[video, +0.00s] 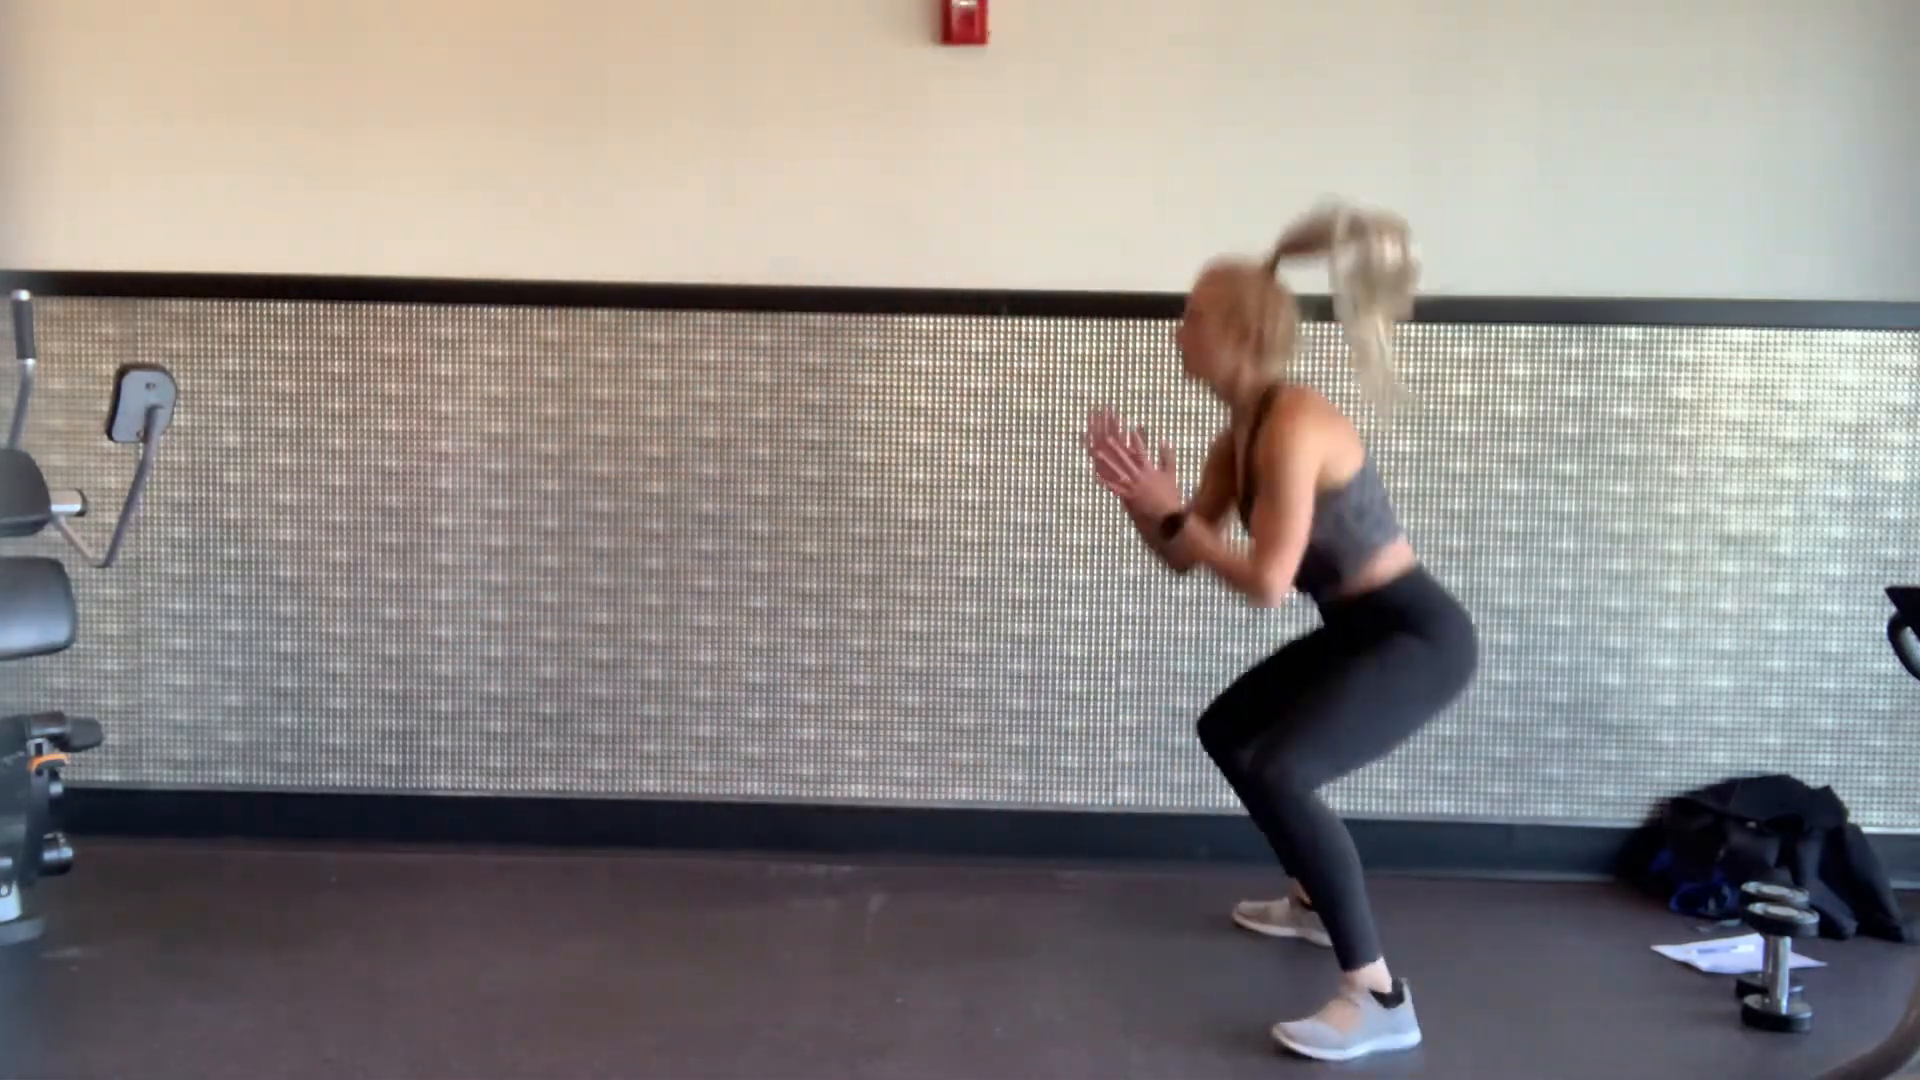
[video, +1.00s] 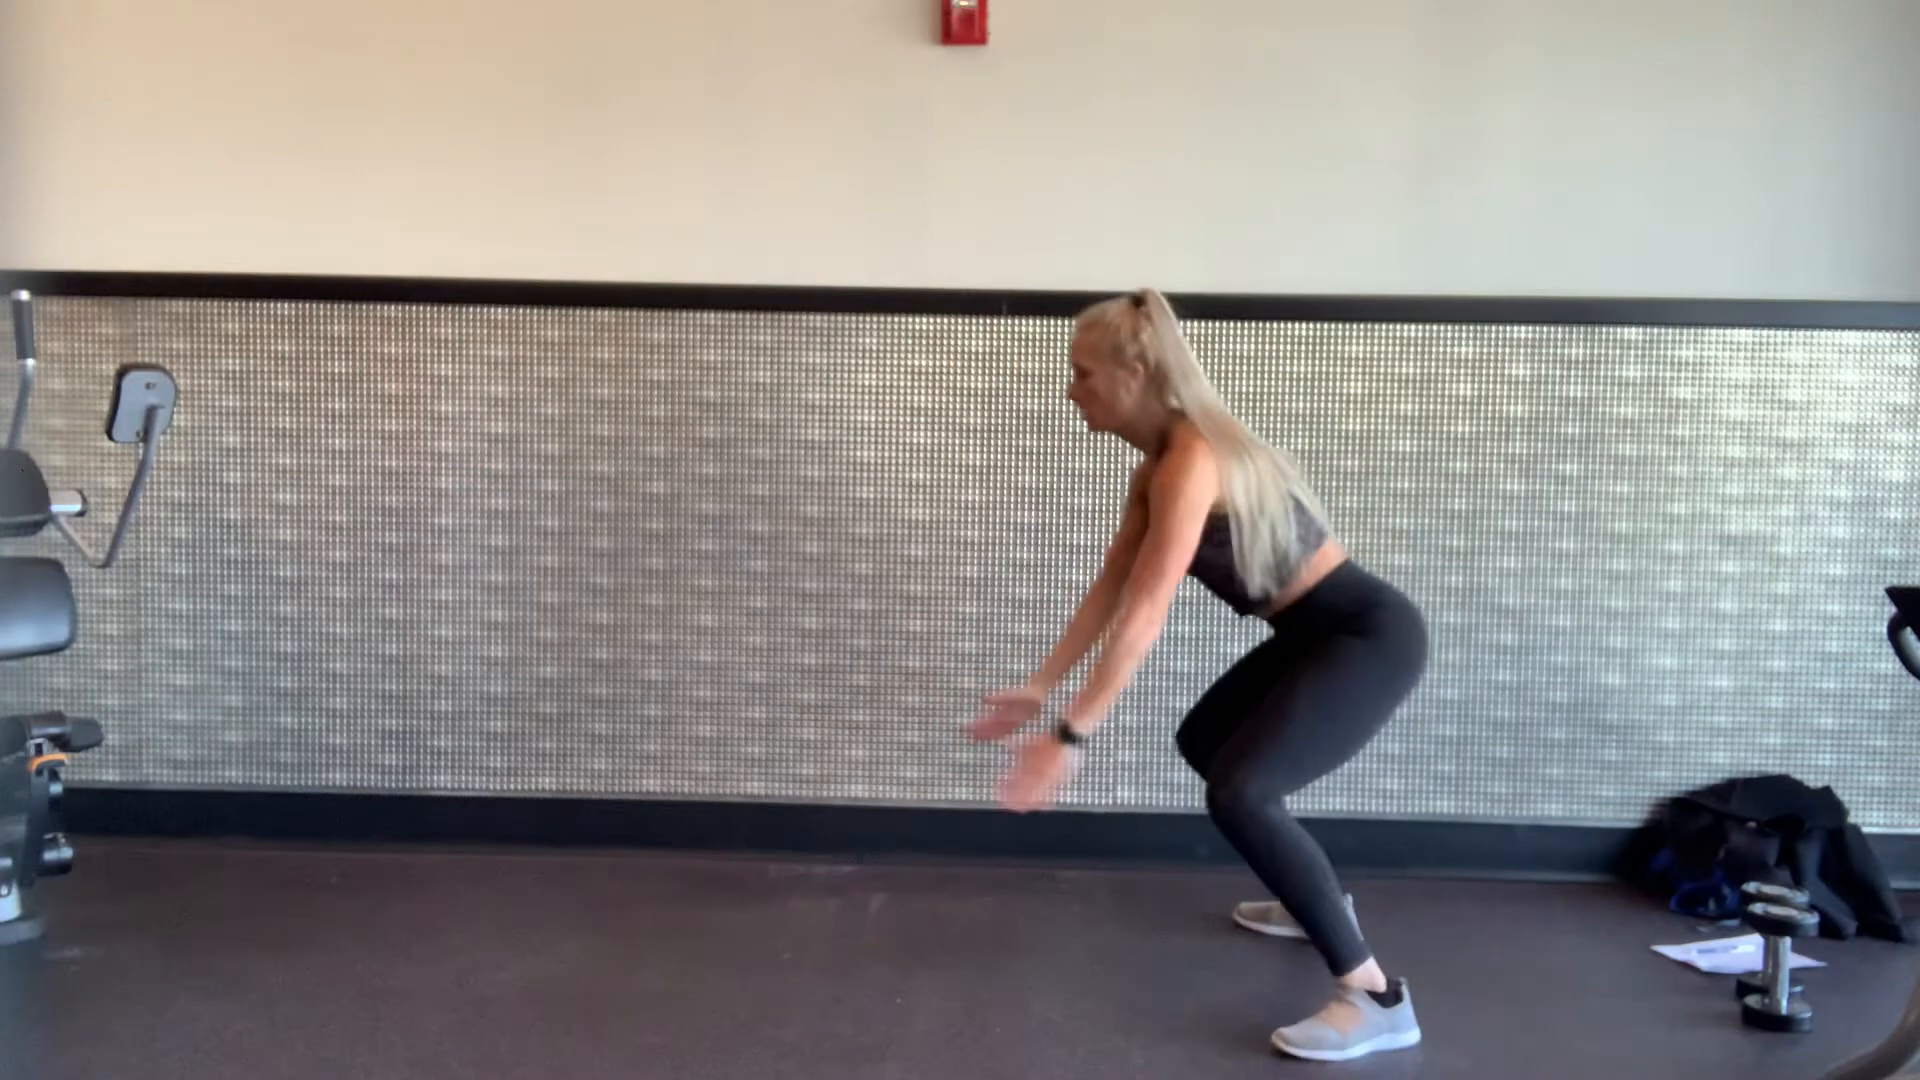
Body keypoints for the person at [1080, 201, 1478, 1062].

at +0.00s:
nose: (1177, 328)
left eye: (1190, 314)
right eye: (1182, 313)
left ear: (1236, 335)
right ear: (1238, 335)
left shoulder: (1293, 426)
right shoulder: (1240, 435)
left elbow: (1266, 582)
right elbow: (1184, 553)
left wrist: (1177, 516)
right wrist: (1139, 499)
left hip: (1420, 637)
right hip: (1362, 631)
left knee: (1278, 769)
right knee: (1229, 729)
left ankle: (1375, 990)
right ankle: (1318, 901)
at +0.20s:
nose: (1171, 469)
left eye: (1186, 459)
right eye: (1176, 456)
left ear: (1233, 480)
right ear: (1235, 481)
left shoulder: (1286, 547)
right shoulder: (1246, 554)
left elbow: (1206, 694)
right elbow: (1185, 669)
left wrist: (1148, 593)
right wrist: (1146, 586)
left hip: (1455, 732)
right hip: (1395, 715)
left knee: (1286, 776)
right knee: (1239, 733)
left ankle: (1378, 996)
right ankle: (1315, 903)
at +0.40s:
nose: (1172, 445)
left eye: (1185, 433)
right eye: (1175, 430)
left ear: (1237, 444)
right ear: (1238, 446)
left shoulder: (1285, 525)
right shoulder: (1248, 523)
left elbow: (1213, 668)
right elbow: (1190, 636)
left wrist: (1149, 571)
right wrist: (1148, 565)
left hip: (1451, 708)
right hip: (1394, 690)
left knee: (1285, 774)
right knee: (1239, 727)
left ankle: (1378, 997)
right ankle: (1319, 903)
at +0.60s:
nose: (1157, 408)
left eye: (1168, 392)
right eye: (1158, 392)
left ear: (1220, 397)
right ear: (1225, 399)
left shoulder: (1273, 482)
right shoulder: (1240, 476)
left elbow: (1179, 612)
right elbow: (1165, 582)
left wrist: (1119, 511)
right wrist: (1116, 507)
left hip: (1441, 667)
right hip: (1389, 654)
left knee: (1288, 769)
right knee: (1244, 719)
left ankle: (1377, 993)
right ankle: (1323, 900)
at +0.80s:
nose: (1123, 399)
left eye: (1134, 385)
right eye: (1124, 384)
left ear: (1185, 388)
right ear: (1184, 390)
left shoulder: (1244, 470)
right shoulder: (1210, 468)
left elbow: (1136, 596)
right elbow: (1124, 567)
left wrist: (1037, 533)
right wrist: (1034, 529)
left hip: (1423, 647)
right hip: (1368, 636)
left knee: (1280, 770)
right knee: (1237, 722)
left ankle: (1377, 993)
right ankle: (1321, 901)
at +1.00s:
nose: (1072, 393)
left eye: (1080, 376)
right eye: (1071, 377)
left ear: (1132, 375)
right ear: (1136, 376)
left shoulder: (1189, 462)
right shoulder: (1158, 464)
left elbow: (1147, 611)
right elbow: (1109, 586)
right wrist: (1038, 687)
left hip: (1369, 634)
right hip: (1318, 633)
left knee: (1241, 792)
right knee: (1203, 738)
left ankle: (1371, 992)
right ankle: (1317, 898)